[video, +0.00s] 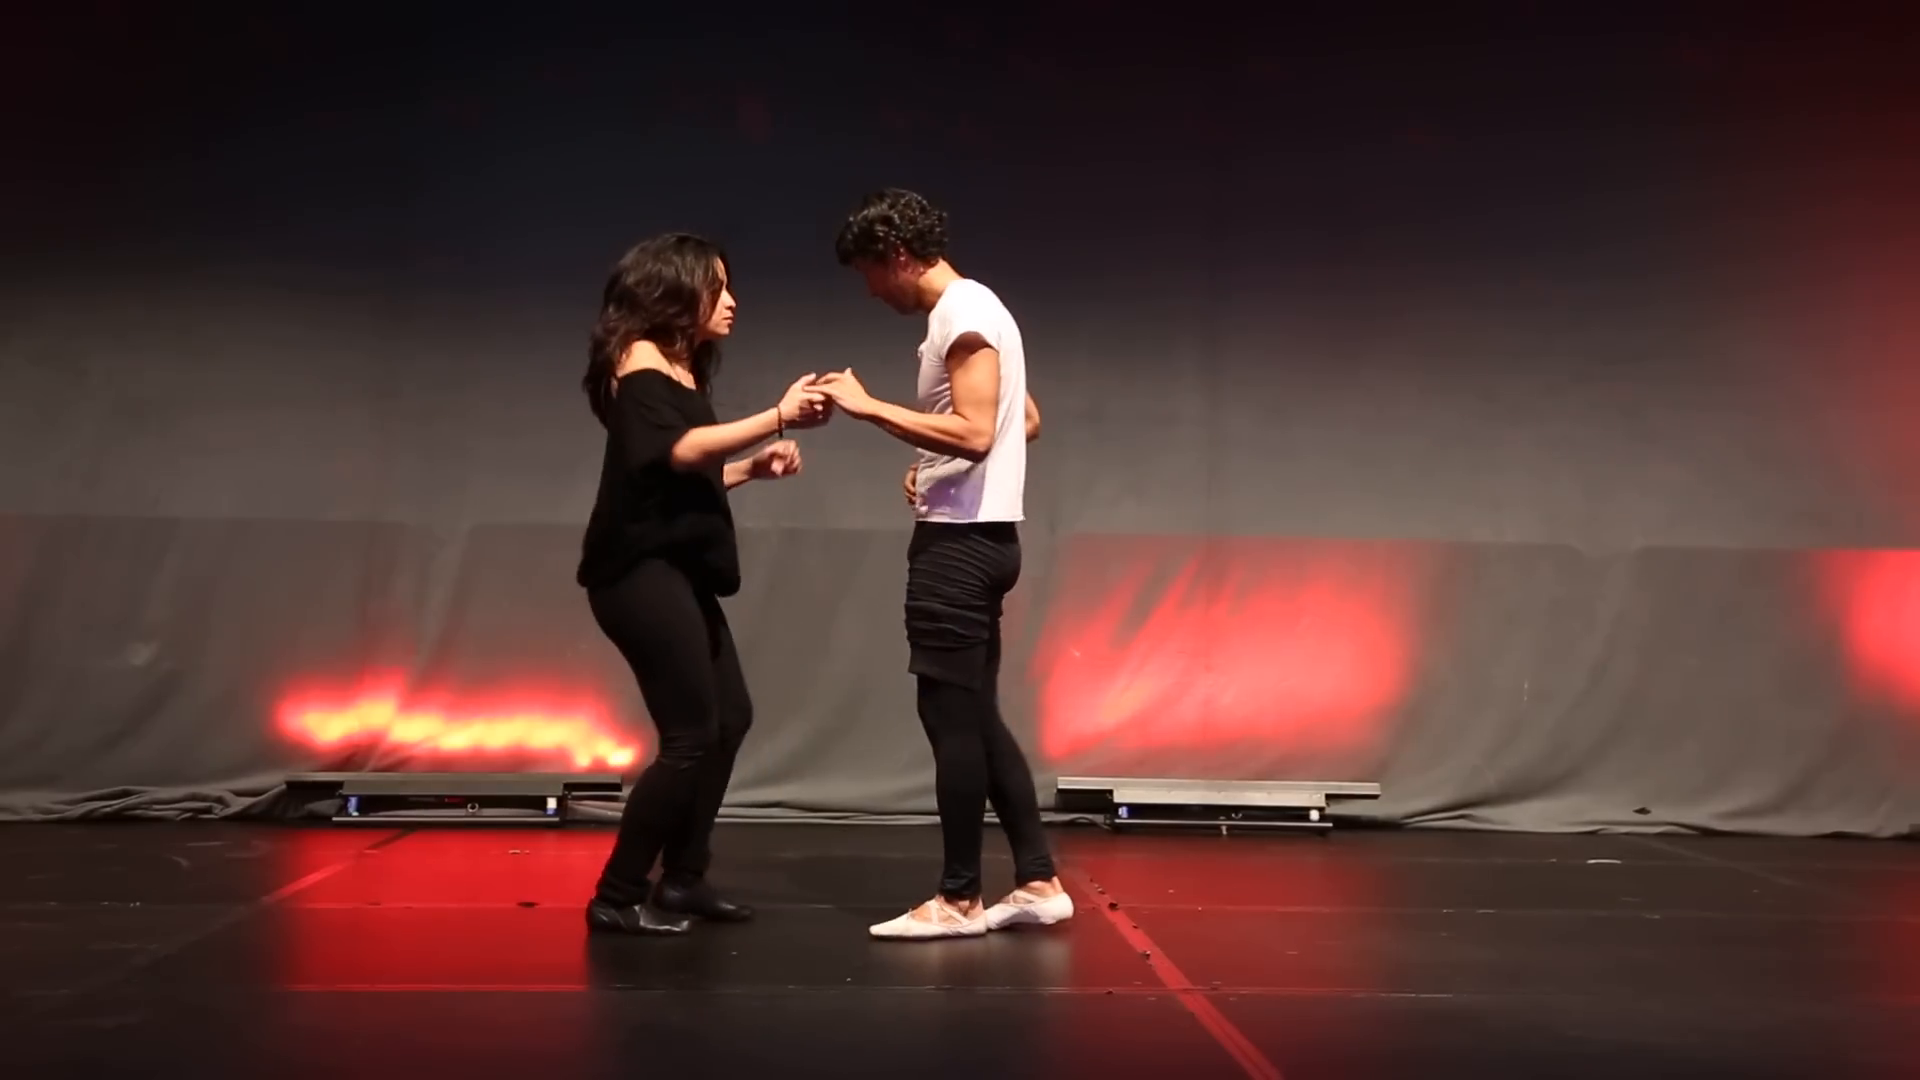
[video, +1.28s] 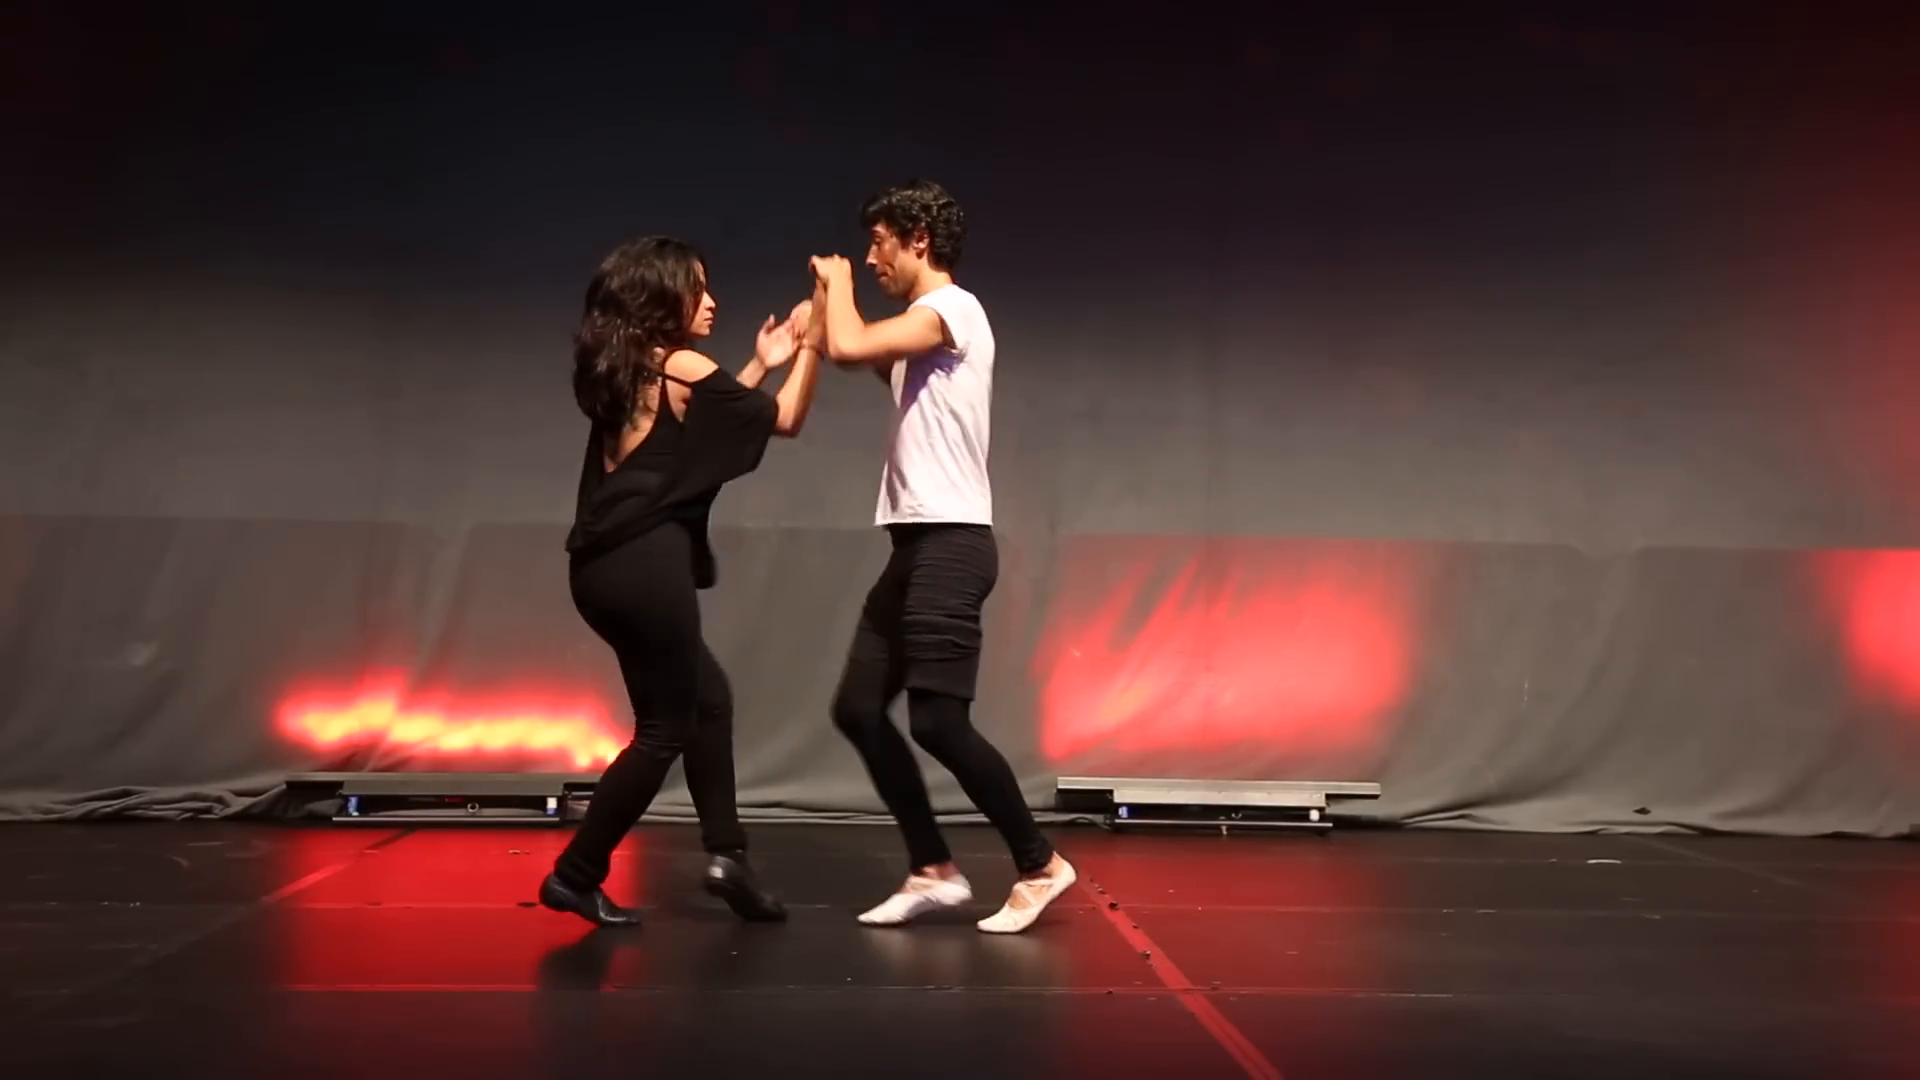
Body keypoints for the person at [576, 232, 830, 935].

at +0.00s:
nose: (730, 300)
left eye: (727, 288)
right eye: (718, 288)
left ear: (685, 298)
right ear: (680, 295)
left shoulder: (678, 368)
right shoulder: (642, 358)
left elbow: (681, 478)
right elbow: (679, 446)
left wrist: (750, 468)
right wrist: (776, 414)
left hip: (677, 573)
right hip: (638, 575)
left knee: (729, 717)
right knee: (692, 731)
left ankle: (681, 883)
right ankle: (617, 899)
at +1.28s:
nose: (710, 300)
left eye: (706, 288)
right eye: (699, 290)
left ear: (642, 302)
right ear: (666, 301)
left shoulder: (624, 366)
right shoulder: (684, 367)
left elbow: (705, 423)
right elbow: (786, 419)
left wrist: (761, 363)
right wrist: (812, 341)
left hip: (604, 570)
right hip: (648, 571)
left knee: (710, 699)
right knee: (664, 730)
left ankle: (726, 856)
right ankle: (576, 875)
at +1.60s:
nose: (719, 302)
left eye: (715, 291)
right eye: (707, 291)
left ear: (653, 299)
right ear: (671, 299)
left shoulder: (647, 362)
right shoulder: (684, 356)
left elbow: (762, 376)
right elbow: (774, 349)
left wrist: (787, 261)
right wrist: (801, 241)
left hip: (640, 562)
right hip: (658, 560)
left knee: (720, 717)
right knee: (666, 730)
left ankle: (702, 880)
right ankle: (580, 882)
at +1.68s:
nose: (722, 302)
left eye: (720, 290)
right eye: (712, 290)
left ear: (658, 297)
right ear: (680, 295)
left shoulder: (680, 363)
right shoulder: (672, 351)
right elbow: (753, 322)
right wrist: (785, 229)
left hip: (680, 568)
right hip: (643, 561)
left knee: (740, 718)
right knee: (666, 729)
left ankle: (699, 880)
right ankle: (581, 876)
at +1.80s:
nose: (727, 292)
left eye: (737, 282)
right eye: (713, 278)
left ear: (747, 296)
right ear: (680, 288)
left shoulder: (745, 361)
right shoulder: (640, 344)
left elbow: (765, 334)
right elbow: (655, 282)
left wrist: (752, 232)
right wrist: (717, 216)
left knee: (744, 723)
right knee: (643, 727)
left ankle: (714, 875)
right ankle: (636, 883)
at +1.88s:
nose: (697, 276)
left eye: (715, 273)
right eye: (690, 260)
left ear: (738, 297)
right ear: (666, 278)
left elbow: (708, 300)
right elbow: (612, 266)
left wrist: (715, 216)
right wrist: (688, 202)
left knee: (721, 727)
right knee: (612, 726)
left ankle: (726, 871)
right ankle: (672, 879)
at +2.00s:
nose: (658, 264)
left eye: (673, 259)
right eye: (662, 256)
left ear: (702, 278)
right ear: (689, 277)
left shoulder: (693, 340)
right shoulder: (679, 332)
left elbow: (610, 283)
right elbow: (630, 270)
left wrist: (671, 230)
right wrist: (680, 205)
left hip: (683, 556)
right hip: (653, 553)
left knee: (639, 720)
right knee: (630, 722)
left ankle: (754, 838)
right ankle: (680, 881)